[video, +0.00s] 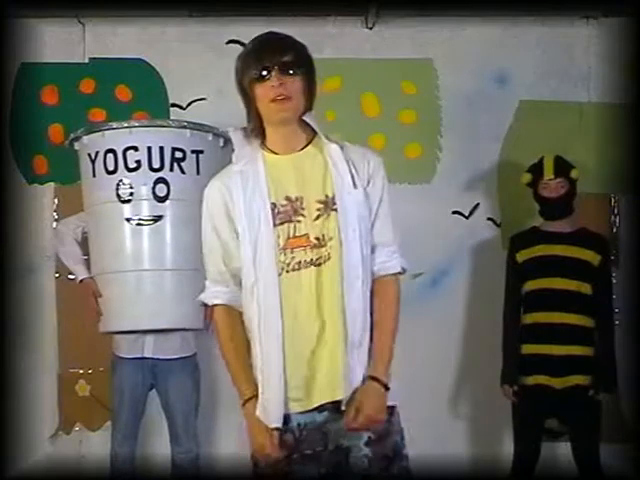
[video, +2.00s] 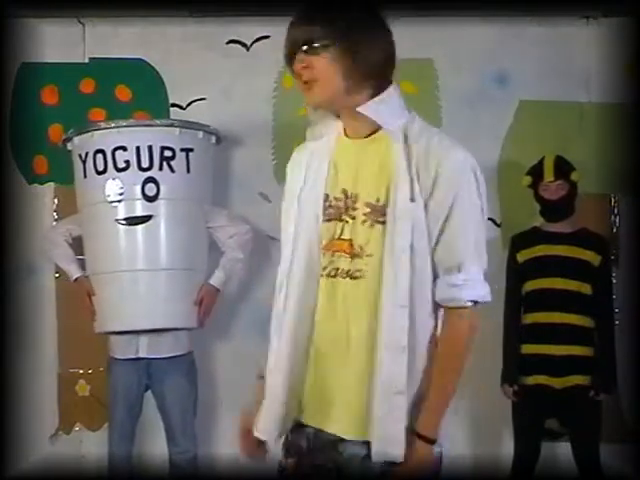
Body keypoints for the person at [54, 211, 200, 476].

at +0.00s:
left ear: (170, 190)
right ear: (129, 191)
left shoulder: (186, 221)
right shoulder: (115, 215)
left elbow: (216, 248)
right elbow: (65, 228)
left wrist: (211, 294)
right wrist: (84, 277)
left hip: (179, 349)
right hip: (129, 351)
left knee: (186, 446)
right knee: (122, 447)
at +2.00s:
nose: (143, 193)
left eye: (153, 187)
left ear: (165, 184)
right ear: (124, 187)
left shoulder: (188, 211)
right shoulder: (106, 215)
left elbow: (241, 235)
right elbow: (54, 234)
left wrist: (216, 284)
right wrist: (78, 277)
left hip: (174, 348)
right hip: (122, 350)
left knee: (183, 449)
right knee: (119, 451)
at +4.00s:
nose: (135, 193)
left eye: (142, 187)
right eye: (127, 186)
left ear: (159, 185)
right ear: (115, 186)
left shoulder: (176, 212)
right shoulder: (104, 214)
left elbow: (227, 214)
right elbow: (53, 229)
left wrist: (238, 170)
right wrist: (76, 274)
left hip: (171, 341)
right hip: (122, 343)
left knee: (182, 438)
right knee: (120, 438)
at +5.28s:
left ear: (164, 193)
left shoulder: (181, 222)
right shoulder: (107, 218)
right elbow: (59, 228)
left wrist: (207, 293)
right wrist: (77, 275)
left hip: (171, 350)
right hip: (120, 351)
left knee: (182, 448)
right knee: (118, 450)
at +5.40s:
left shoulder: (183, 224)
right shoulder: (107, 220)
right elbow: (60, 228)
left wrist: (207, 294)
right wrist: (78, 276)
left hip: (172, 350)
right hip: (121, 351)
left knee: (182, 448)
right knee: (119, 449)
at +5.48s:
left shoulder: (183, 223)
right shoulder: (108, 219)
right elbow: (60, 228)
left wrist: (207, 296)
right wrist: (79, 277)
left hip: (173, 350)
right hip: (121, 352)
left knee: (183, 448)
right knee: (119, 449)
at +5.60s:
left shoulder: (183, 221)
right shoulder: (108, 217)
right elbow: (60, 229)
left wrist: (207, 297)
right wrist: (80, 276)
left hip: (173, 350)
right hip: (122, 352)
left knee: (183, 448)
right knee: (119, 449)